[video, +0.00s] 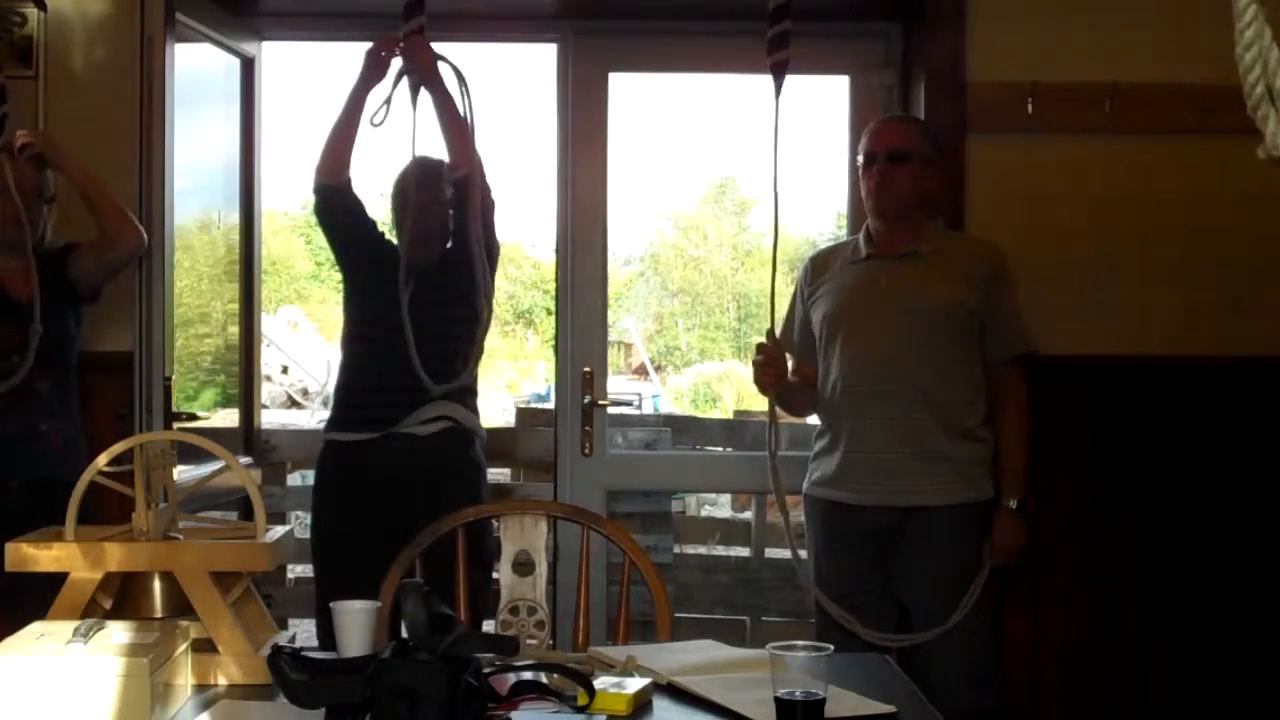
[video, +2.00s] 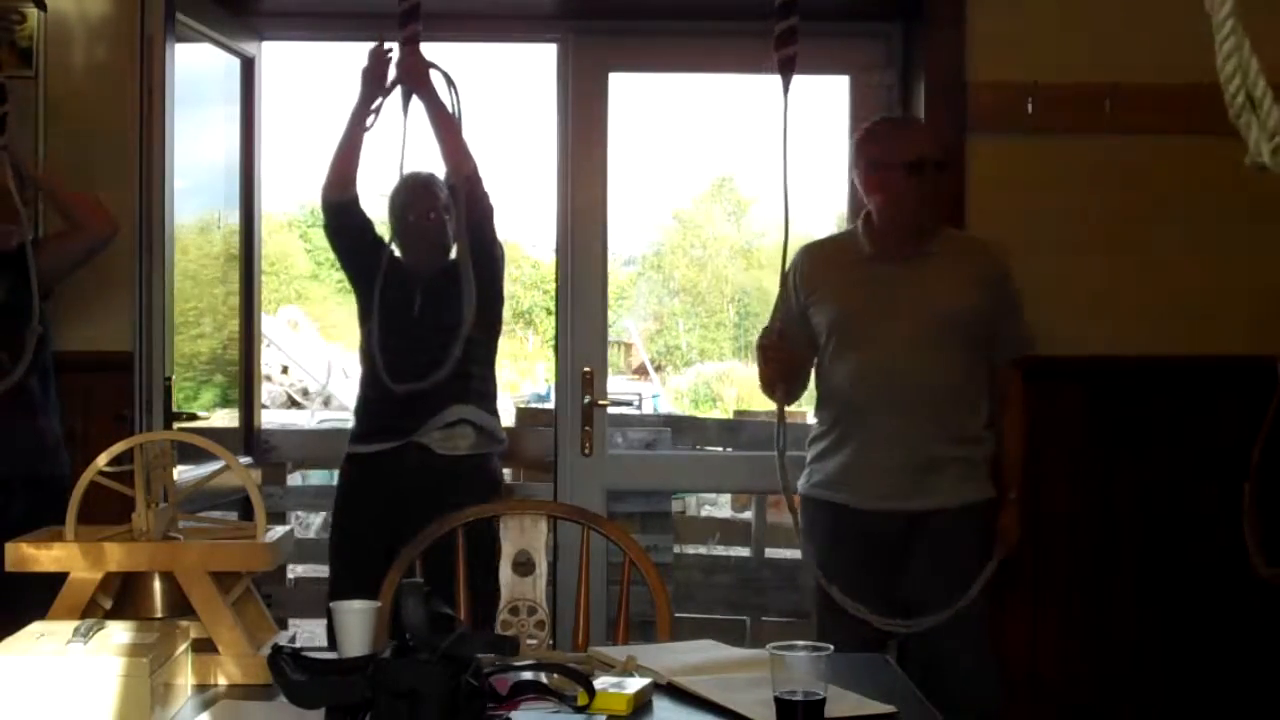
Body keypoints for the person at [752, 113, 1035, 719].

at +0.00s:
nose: (879, 171)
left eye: (898, 158)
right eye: (869, 160)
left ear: (933, 175)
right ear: (857, 177)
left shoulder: (977, 264)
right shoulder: (821, 269)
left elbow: (1009, 387)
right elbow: (810, 394)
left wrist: (1011, 502)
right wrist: (779, 386)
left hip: (948, 508)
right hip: (841, 507)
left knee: (951, 682)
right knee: (852, 679)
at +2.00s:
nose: (917, 180)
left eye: (924, 167)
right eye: (897, 168)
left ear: (936, 176)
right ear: (860, 179)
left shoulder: (979, 265)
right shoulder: (816, 264)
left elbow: (1010, 388)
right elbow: (784, 390)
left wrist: (1012, 499)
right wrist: (773, 361)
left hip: (954, 507)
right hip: (844, 506)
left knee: (954, 678)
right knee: (852, 676)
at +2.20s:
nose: (966, 176)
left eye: (966, 164)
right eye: (949, 165)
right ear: (894, 179)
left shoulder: (1000, 265)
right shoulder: (834, 259)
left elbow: (1031, 388)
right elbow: (763, 353)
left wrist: (1040, 496)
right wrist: (789, 280)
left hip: (970, 508)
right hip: (859, 506)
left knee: (969, 685)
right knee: (862, 681)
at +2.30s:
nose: (971, 172)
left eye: (971, 160)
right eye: (951, 160)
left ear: (977, 170)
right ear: (899, 178)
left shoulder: (1009, 262)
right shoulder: (851, 251)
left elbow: (1038, 384)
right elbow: (751, 301)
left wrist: (1053, 488)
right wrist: (797, 208)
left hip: (977, 509)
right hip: (868, 508)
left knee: (973, 686)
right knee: (864, 683)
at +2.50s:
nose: (960, 170)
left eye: (968, 158)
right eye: (942, 157)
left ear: (981, 169)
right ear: (903, 173)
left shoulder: (1016, 264)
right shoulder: (867, 245)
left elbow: (1046, 388)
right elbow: (757, 200)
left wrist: (1036, 494)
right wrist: (808, 90)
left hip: (977, 502)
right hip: (868, 502)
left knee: (977, 678)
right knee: (871, 675)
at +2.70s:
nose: (939, 167)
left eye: (953, 154)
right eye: (922, 153)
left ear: (969, 169)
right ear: (892, 170)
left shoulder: (1006, 261)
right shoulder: (857, 241)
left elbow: (1035, 388)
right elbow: (781, 159)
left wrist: (1005, 470)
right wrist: (812, 50)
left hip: (969, 505)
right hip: (861, 499)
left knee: (971, 675)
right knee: (866, 673)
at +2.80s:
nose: (929, 165)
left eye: (944, 154)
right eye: (912, 153)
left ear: (963, 169)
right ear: (884, 172)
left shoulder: (994, 259)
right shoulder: (851, 239)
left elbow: (1025, 365)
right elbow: (780, 163)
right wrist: (812, 56)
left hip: (957, 490)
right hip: (855, 486)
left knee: (961, 667)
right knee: (862, 665)